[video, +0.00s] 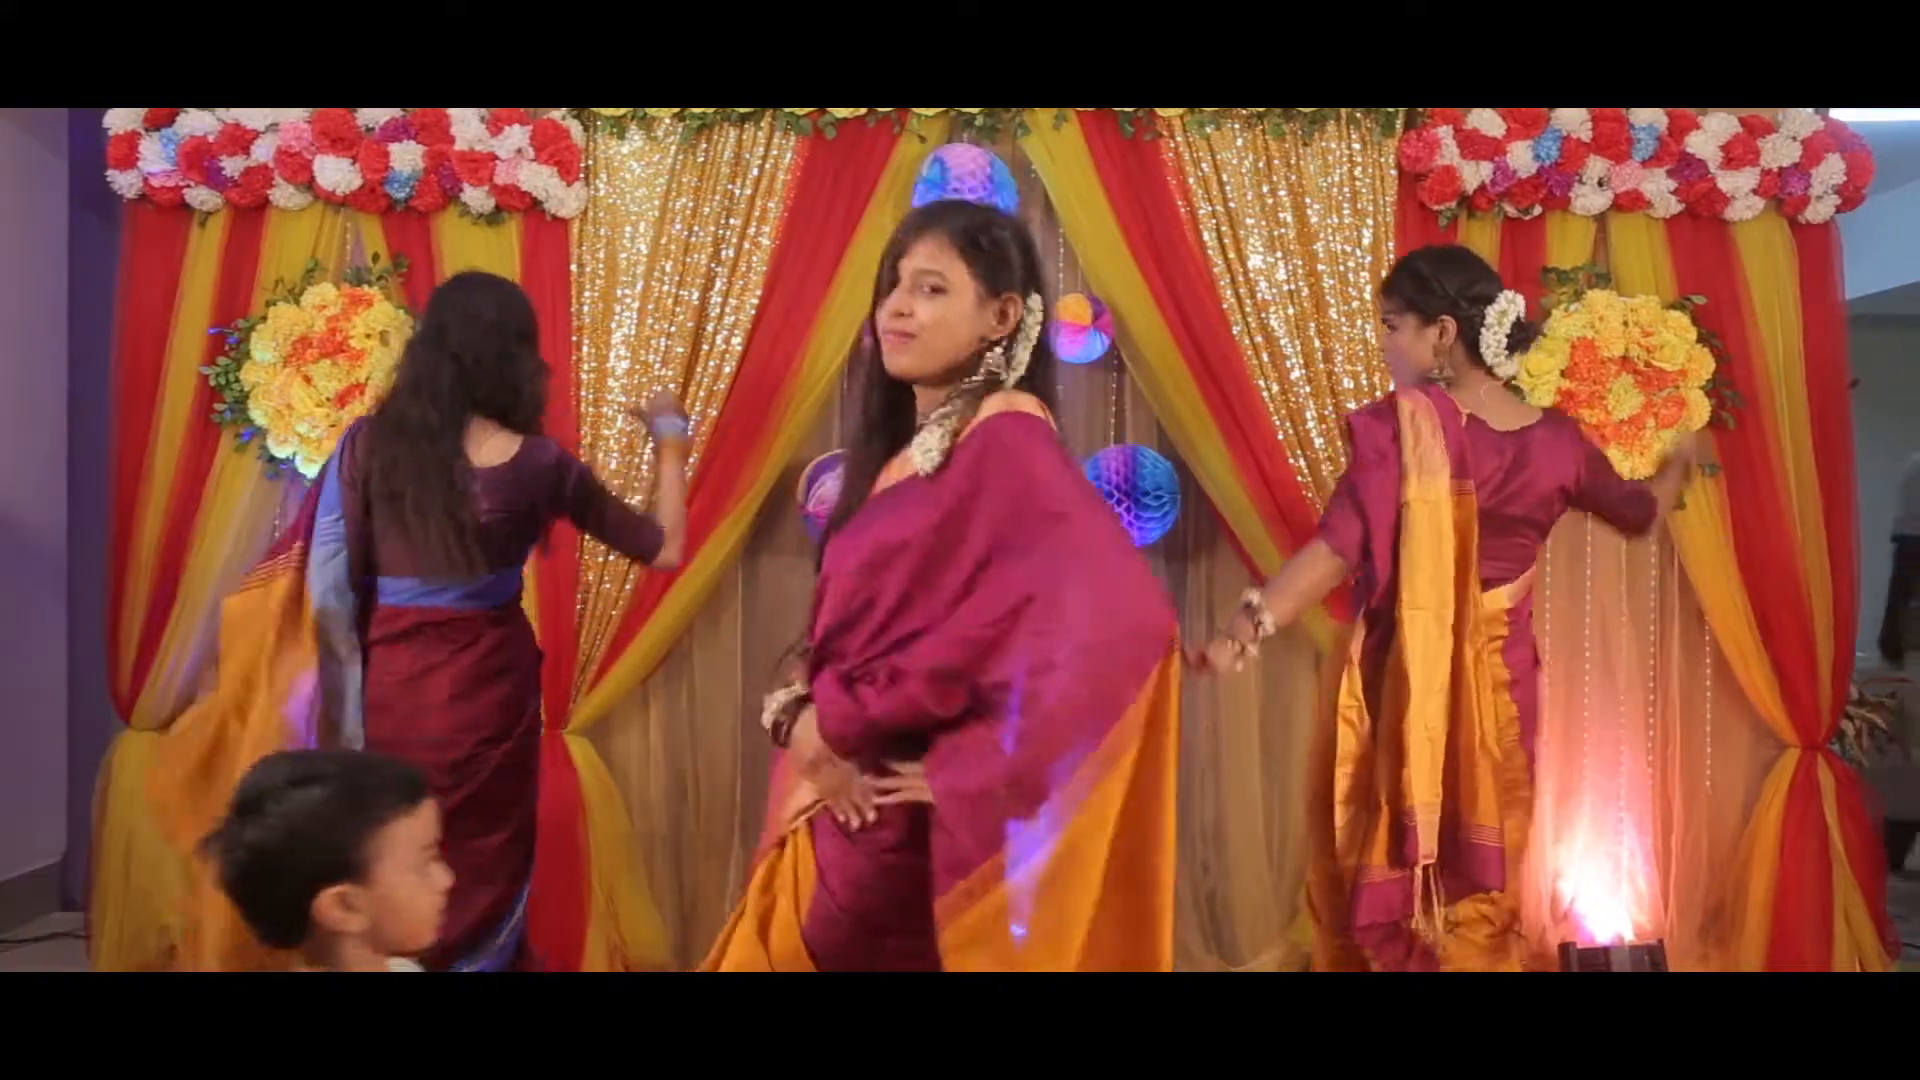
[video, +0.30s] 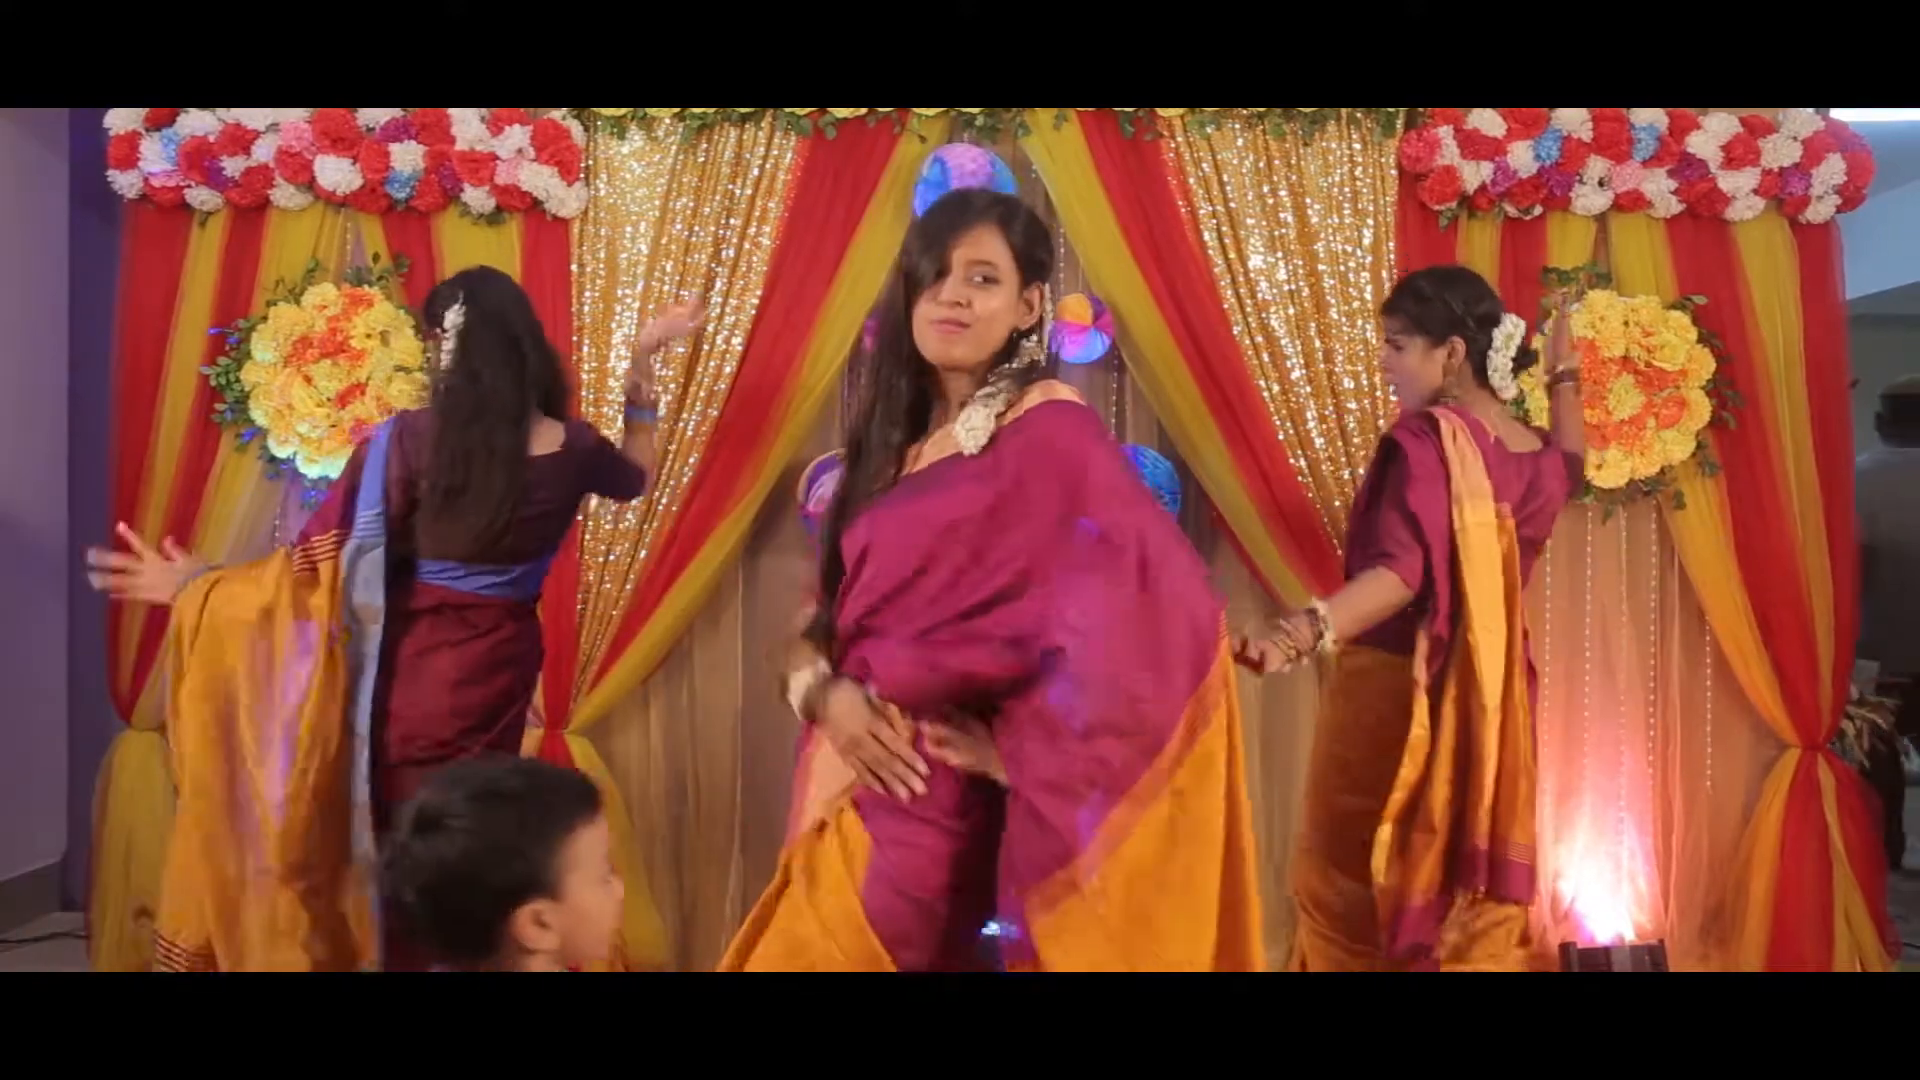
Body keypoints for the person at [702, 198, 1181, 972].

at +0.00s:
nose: (897, 307)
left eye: (933, 288)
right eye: (895, 285)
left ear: (1003, 317)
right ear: (878, 303)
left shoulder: (1008, 435)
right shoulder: (906, 448)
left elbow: (1129, 620)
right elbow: (835, 629)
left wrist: (969, 771)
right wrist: (804, 728)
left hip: (915, 838)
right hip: (837, 825)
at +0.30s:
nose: (950, 297)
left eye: (983, 279)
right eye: (934, 275)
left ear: (1031, 307)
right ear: (907, 298)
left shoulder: (1047, 426)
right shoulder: (897, 443)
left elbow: (1178, 623)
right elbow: (818, 622)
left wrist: (1020, 752)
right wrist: (824, 695)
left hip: (945, 800)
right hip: (851, 786)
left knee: (814, 956)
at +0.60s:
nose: (969, 283)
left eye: (998, 268)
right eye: (950, 257)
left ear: (1024, 293)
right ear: (908, 267)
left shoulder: (1037, 414)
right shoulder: (846, 417)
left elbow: (1202, 565)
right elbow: (741, 579)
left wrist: (1068, 644)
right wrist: (843, 643)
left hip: (981, 730)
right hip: (850, 732)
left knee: (922, 945)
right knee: (867, 944)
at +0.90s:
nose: (950, 288)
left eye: (977, 277)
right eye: (932, 262)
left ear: (995, 305)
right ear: (885, 268)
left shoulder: (1027, 429)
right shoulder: (808, 427)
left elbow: (1171, 588)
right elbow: (742, 611)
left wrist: (1100, 701)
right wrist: (902, 677)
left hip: (995, 768)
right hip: (836, 762)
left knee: (961, 950)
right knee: (825, 948)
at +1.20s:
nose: (925, 301)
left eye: (947, 288)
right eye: (902, 280)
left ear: (967, 319)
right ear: (855, 297)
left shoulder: (1016, 437)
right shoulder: (801, 464)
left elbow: (1136, 603)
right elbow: (752, 659)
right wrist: (920, 715)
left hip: (999, 780)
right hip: (828, 783)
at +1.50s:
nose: (883, 272)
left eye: (907, 252)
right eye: (859, 259)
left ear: (951, 280)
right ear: (836, 295)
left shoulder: (1019, 423)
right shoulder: (796, 433)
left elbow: (1109, 590)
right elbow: (745, 620)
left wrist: (976, 680)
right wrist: (911, 680)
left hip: (1002, 763)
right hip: (842, 762)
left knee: (969, 939)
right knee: (860, 947)